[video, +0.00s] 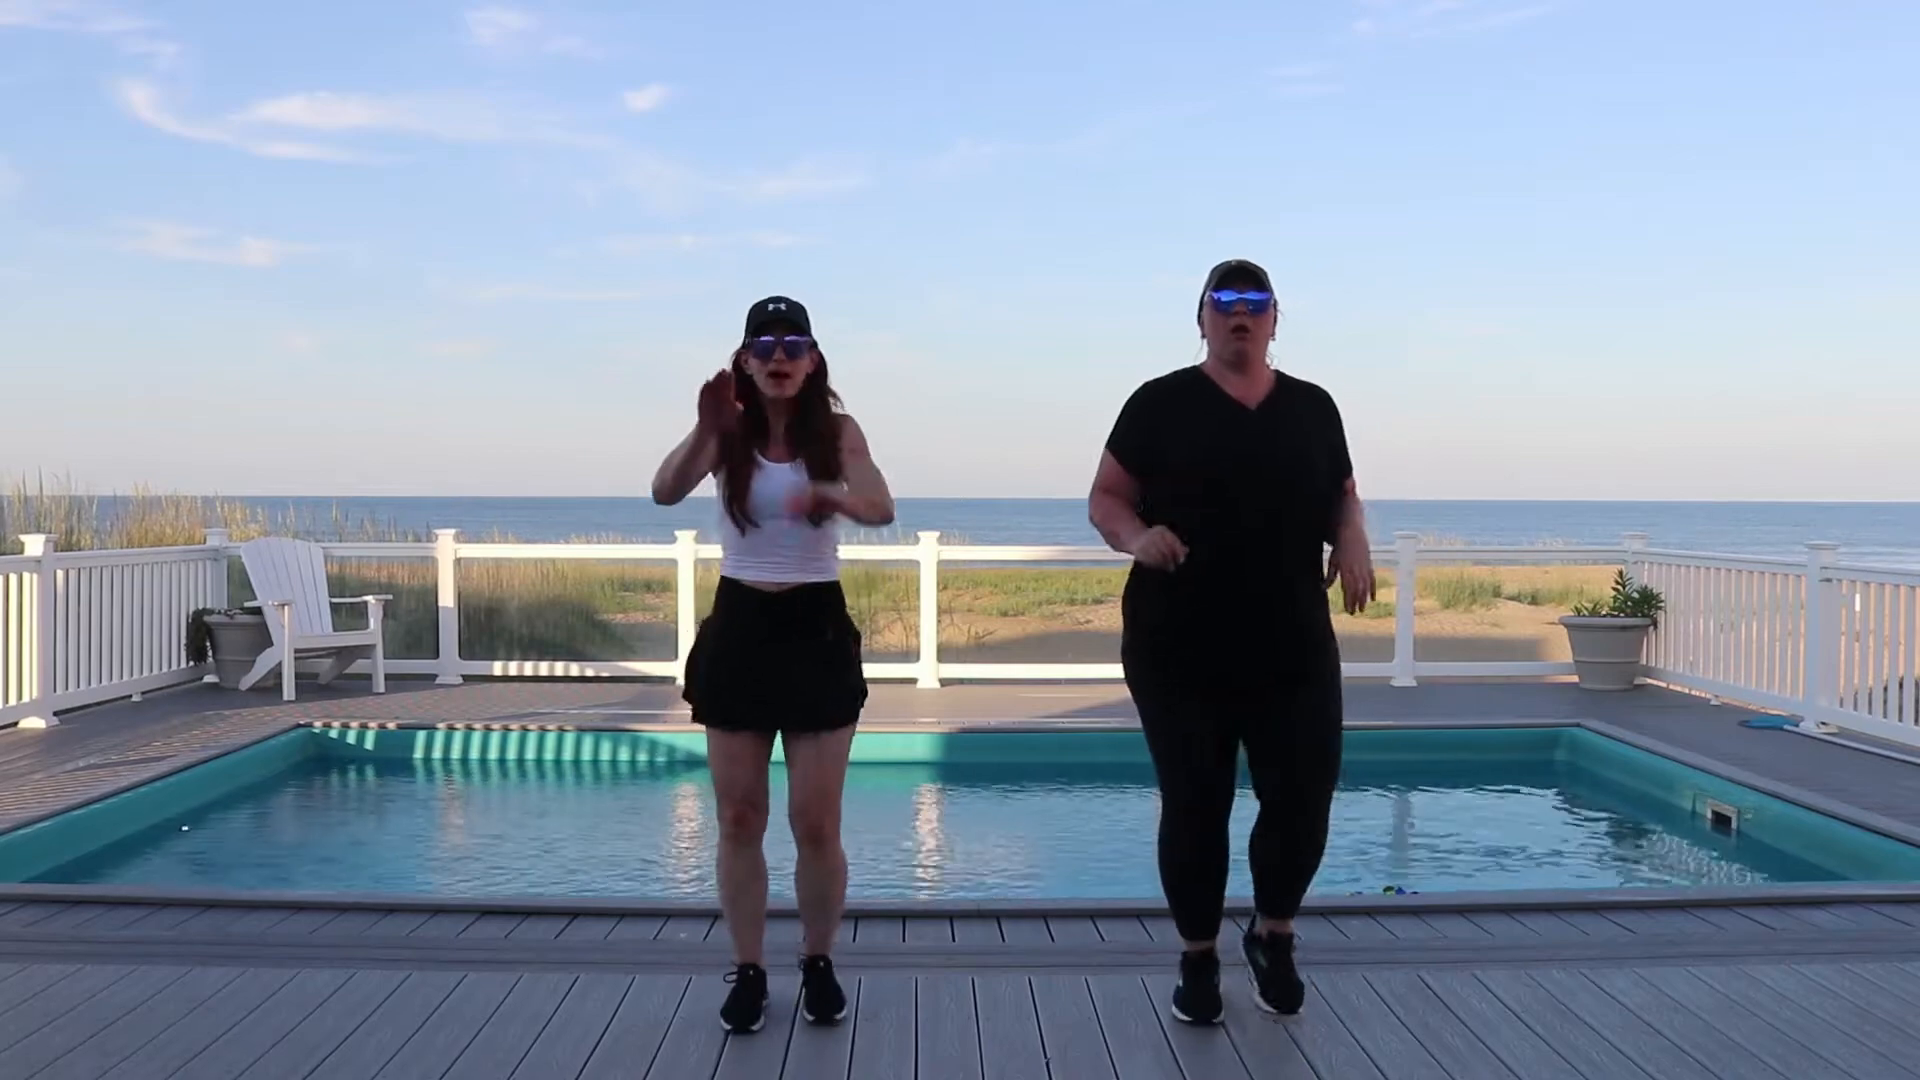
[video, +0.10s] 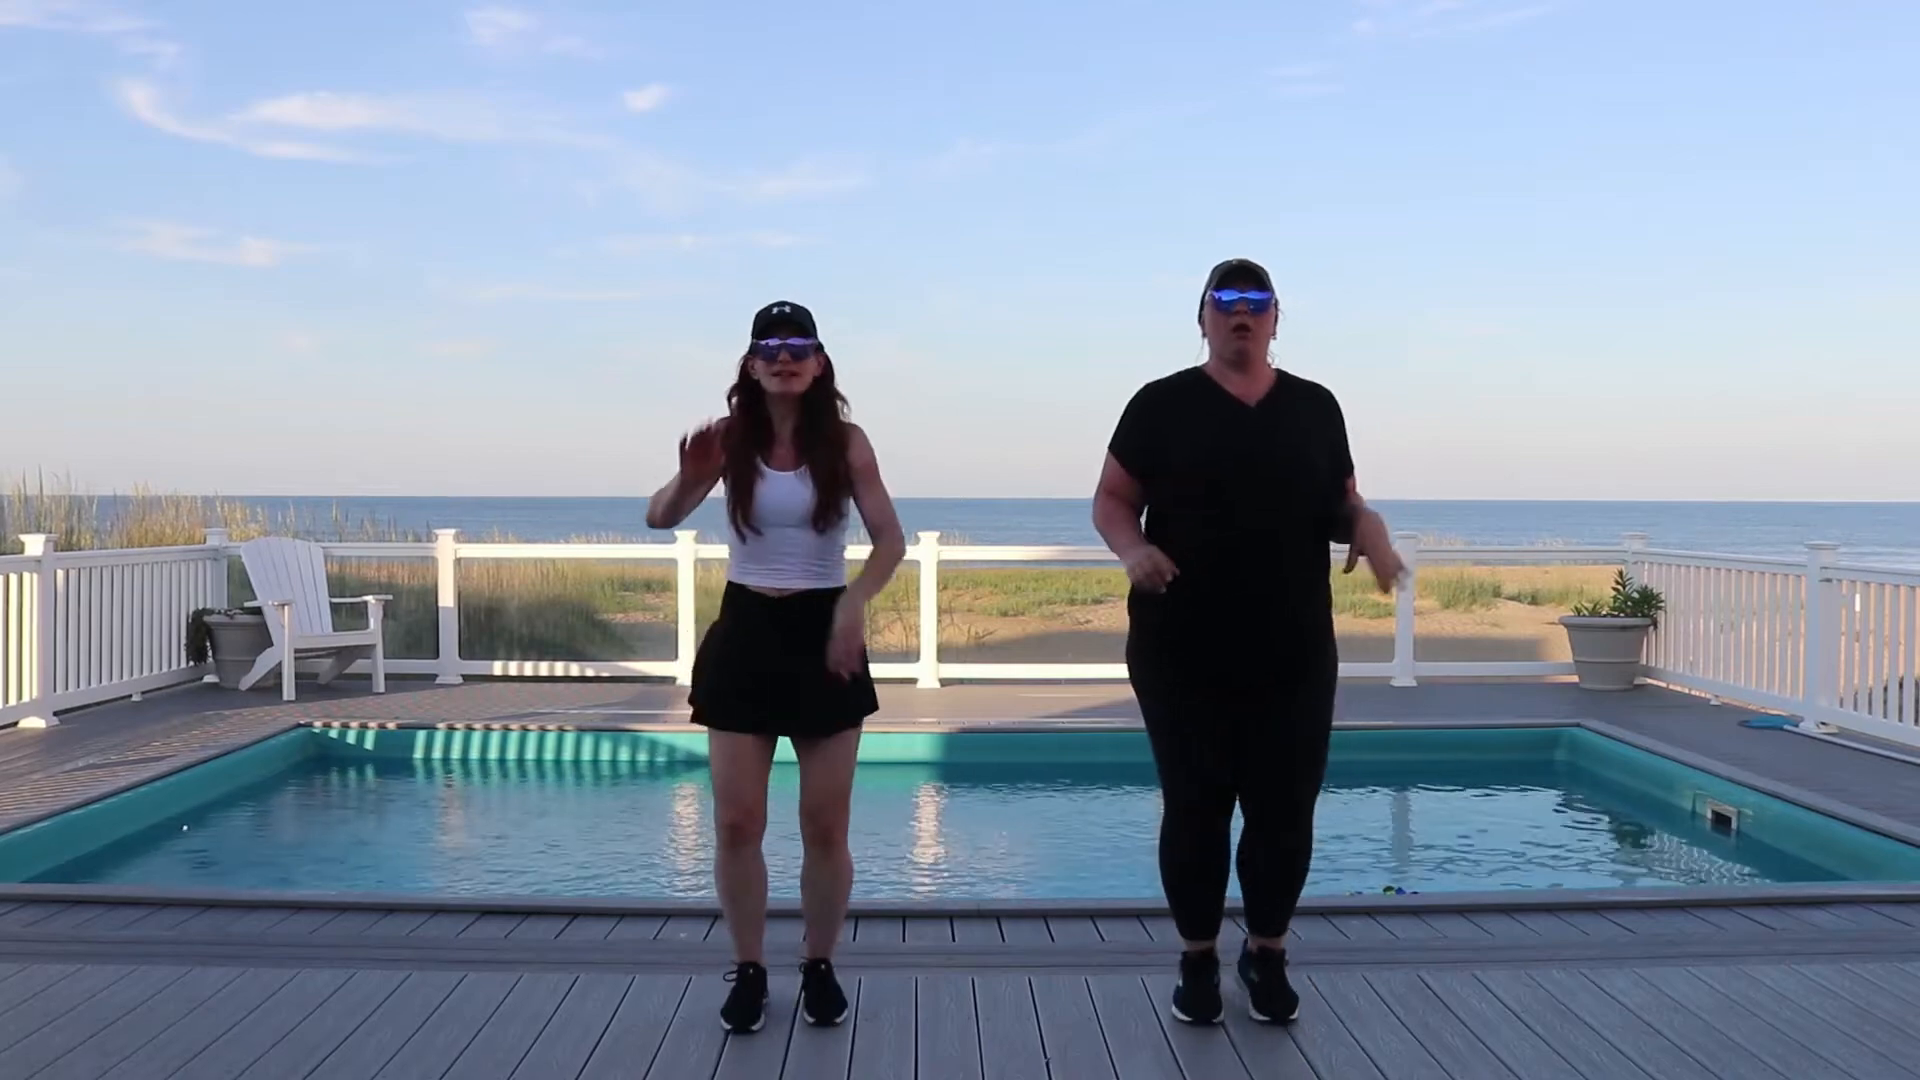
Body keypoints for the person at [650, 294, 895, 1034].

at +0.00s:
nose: (781, 360)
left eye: (795, 347)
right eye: (766, 349)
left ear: (814, 356)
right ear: (745, 360)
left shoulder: (836, 429)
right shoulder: (726, 432)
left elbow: (880, 506)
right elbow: (665, 493)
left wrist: (837, 498)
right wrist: (707, 431)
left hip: (818, 629)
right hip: (738, 629)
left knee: (815, 823)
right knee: (740, 816)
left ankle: (818, 963)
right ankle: (747, 972)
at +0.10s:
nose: (787, 361)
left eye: (800, 350)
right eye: (772, 351)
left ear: (820, 361)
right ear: (752, 363)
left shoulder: (845, 442)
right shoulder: (728, 439)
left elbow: (891, 542)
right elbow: (660, 516)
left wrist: (854, 603)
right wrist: (692, 476)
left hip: (825, 635)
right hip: (745, 633)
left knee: (824, 829)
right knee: (737, 824)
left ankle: (818, 966)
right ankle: (747, 970)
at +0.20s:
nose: (793, 364)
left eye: (807, 355)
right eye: (779, 355)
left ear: (826, 367)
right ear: (757, 366)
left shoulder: (849, 445)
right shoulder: (732, 442)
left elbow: (911, 543)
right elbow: (666, 512)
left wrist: (909, 618)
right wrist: (652, 541)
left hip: (829, 639)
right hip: (748, 637)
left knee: (829, 826)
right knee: (734, 821)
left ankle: (819, 965)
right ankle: (750, 956)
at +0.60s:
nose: (782, 385)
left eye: (795, 372)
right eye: (767, 372)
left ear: (814, 380)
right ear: (744, 380)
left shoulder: (830, 456)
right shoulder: (714, 453)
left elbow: (861, 525)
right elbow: (677, 554)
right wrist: (716, 621)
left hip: (809, 647)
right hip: (731, 647)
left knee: (822, 833)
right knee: (732, 838)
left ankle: (811, 977)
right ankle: (763, 970)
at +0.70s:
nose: (779, 373)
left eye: (793, 358)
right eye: (765, 359)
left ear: (813, 366)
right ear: (744, 366)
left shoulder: (822, 436)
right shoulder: (715, 435)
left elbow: (852, 490)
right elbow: (682, 527)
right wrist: (768, 548)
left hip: (806, 637)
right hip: (727, 638)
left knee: (807, 819)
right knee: (732, 827)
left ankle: (798, 990)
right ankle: (763, 969)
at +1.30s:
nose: (779, 364)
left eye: (793, 351)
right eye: (764, 352)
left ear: (812, 362)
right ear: (742, 361)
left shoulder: (829, 432)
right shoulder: (720, 429)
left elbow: (852, 499)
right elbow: (667, 500)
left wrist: (854, 412)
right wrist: (768, 526)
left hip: (813, 636)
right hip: (733, 637)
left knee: (802, 827)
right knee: (731, 839)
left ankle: (792, 973)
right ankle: (759, 953)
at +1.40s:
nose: (782, 381)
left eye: (795, 368)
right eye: (767, 368)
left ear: (814, 376)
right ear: (744, 378)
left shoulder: (839, 449)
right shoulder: (727, 443)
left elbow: (867, 509)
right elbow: (659, 473)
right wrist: (718, 513)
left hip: (823, 652)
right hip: (742, 651)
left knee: (809, 845)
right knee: (708, 843)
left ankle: (793, 972)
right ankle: (747, 937)